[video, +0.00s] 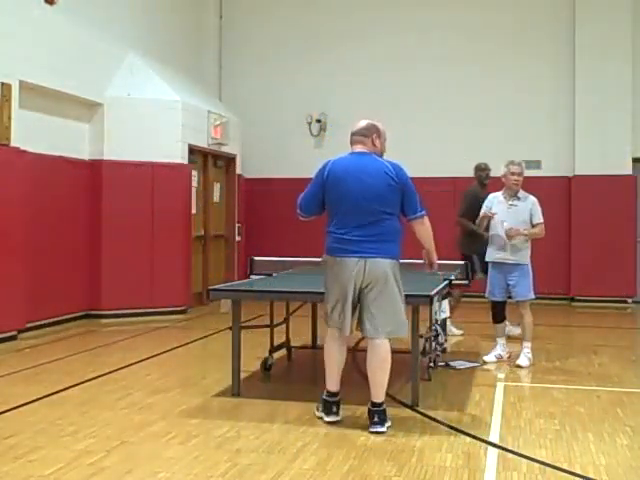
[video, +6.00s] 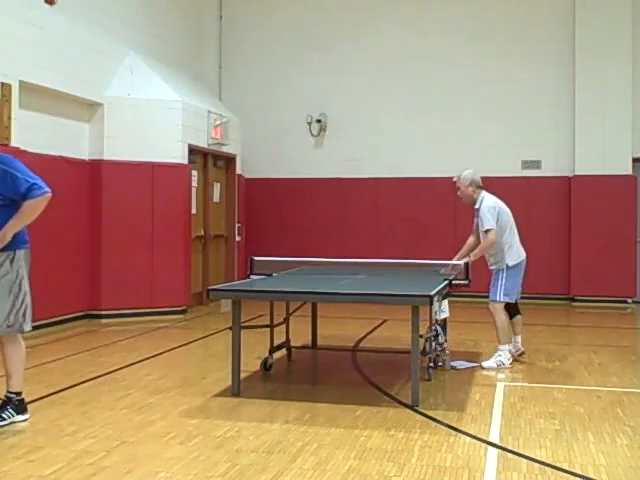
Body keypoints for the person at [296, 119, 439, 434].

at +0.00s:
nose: (385, 147)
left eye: (384, 142)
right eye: (384, 142)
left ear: (352, 141)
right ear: (376, 141)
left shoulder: (331, 168)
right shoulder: (393, 171)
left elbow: (305, 210)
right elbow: (417, 217)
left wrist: (332, 195)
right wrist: (431, 253)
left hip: (341, 264)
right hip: (382, 266)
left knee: (337, 331)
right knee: (378, 336)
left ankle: (331, 403)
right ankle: (378, 413)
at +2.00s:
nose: (302, 152)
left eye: (302, 148)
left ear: (304, 150)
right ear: (329, 148)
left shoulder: (300, 171)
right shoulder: (351, 175)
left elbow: (284, 218)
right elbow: (369, 222)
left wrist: (265, 257)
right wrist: (352, 245)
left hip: (307, 259)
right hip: (343, 260)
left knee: (299, 328)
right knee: (344, 330)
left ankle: (293, 402)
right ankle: (352, 398)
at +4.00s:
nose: (136, 167)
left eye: (134, 162)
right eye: (134, 163)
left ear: (140, 153)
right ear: (157, 147)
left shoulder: (154, 166)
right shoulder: (188, 170)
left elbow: (147, 199)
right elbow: (199, 212)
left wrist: (139, 231)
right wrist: (191, 237)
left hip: (165, 248)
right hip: (190, 247)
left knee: (166, 323)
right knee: (175, 320)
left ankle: (163, 392)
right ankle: (189, 373)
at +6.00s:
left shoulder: (5, 162)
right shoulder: (6, 163)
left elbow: (40, 192)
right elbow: (39, 194)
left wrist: (8, 230)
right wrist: (9, 231)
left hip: (10, 252)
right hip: (7, 251)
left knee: (9, 329)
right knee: (8, 329)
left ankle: (15, 399)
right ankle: (14, 398)